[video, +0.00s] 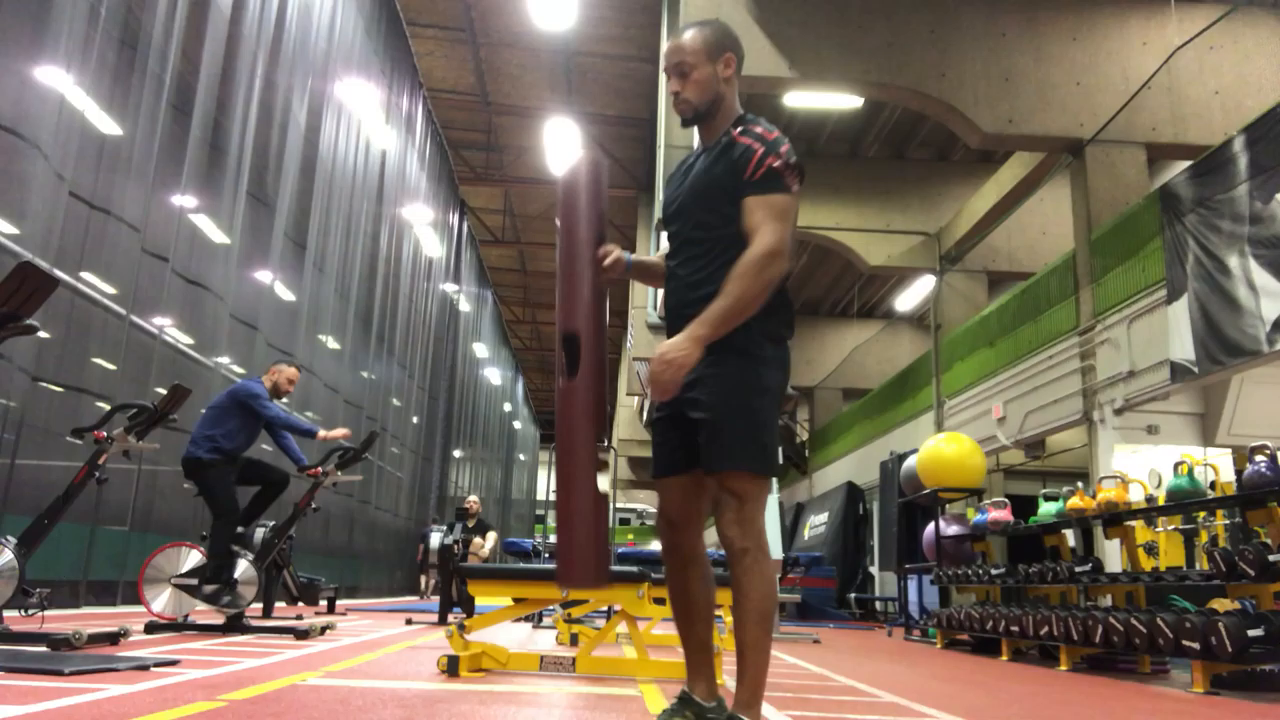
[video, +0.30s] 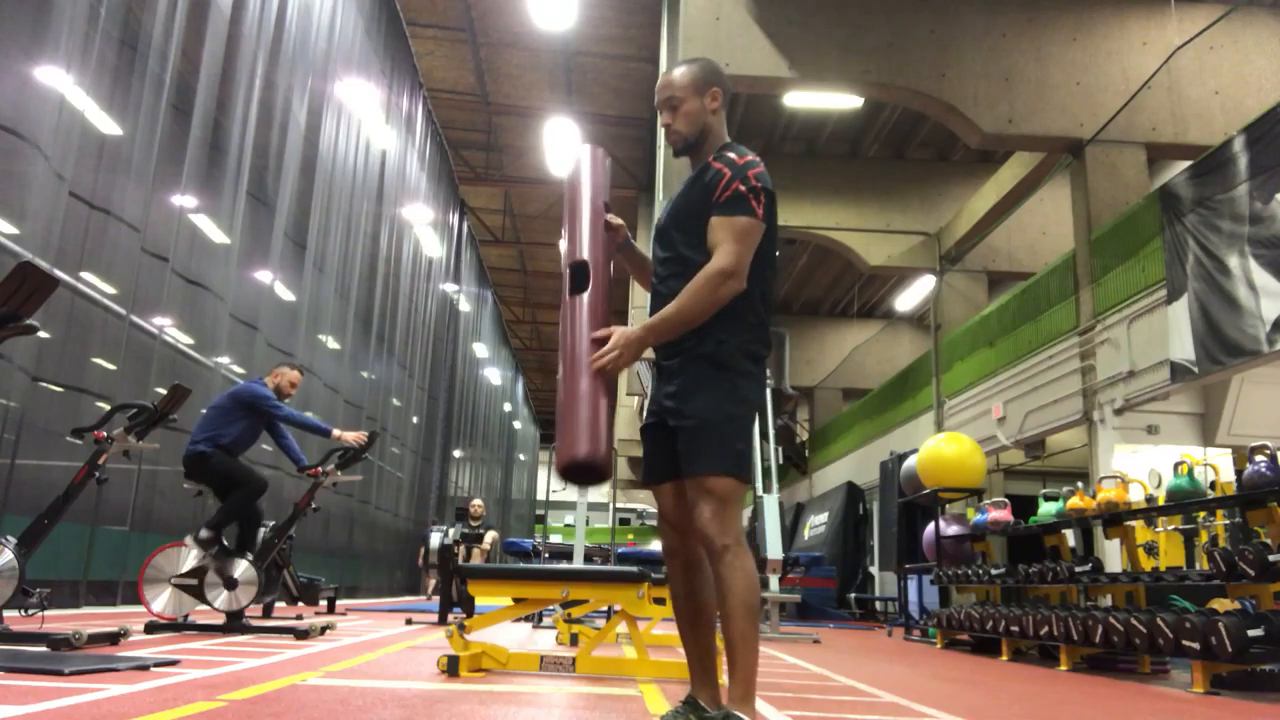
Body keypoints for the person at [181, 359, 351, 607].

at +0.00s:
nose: (291, 389)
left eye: (294, 385)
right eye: (289, 382)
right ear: (273, 374)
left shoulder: (264, 401)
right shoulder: (250, 389)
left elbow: (280, 434)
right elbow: (277, 418)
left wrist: (304, 465)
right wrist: (321, 433)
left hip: (227, 461)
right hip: (204, 460)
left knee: (278, 479)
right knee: (227, 515)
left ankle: (238, 527)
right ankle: (212, 585)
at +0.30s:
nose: (292, 392)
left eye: (295, 388)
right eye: (291, 384)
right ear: (275, 375)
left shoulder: (265, 402)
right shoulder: (255, 390)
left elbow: (281, 437)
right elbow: (290, 416)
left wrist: (304, 466)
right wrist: (338, 434)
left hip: (217, 459)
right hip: (203, 456)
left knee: (253, 514)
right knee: (256, 483)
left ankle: (238, 568)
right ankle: (208, 532)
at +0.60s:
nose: (293, 395)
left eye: (297, 392)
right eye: (293, 387)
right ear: (277, 377)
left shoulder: (265, 404)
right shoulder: (256, 392)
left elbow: (282, 438)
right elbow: (291, 419)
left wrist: (305, 466)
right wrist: (338, 439)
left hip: (220, 459)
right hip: (205, 457)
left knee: (262, 503)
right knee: (256, 499)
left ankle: (225, 542)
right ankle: (236, 562)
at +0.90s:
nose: (294, 395)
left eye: (298, 392)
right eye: (293, 388)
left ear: (280, 383)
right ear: (278, 378)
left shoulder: (266, 403)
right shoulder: (257, 393)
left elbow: (281, 438)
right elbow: (293, 422)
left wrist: (305, 466)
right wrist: (339, 440)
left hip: (225, 461)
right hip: (203, 460)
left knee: (274, 487)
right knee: (239, 510)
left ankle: (251, 545)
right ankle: (198, 566)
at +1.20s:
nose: (295, 393)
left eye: (298, 390)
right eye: (294, 386)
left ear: (281, 381)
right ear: (278, 377)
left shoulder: (265, 401)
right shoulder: (258, 392)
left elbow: (281, 437)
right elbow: (292, 421)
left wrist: (305, 466)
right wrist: (339, 440)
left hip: (215, 459)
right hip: (204, 456)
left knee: (243, 520)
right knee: (264, 470)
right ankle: (230, 530)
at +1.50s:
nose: (295, 394)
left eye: (298, 390)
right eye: (294, 386)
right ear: (279, 377)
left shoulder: (267, 402)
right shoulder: (259, 392)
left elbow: (281, 437)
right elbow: (294, 421)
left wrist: (304, 467)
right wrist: (341, 440)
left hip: (227, 462)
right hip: (206, 461)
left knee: (277, 481)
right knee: (235, 513)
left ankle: (232, 527)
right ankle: (220, 581)